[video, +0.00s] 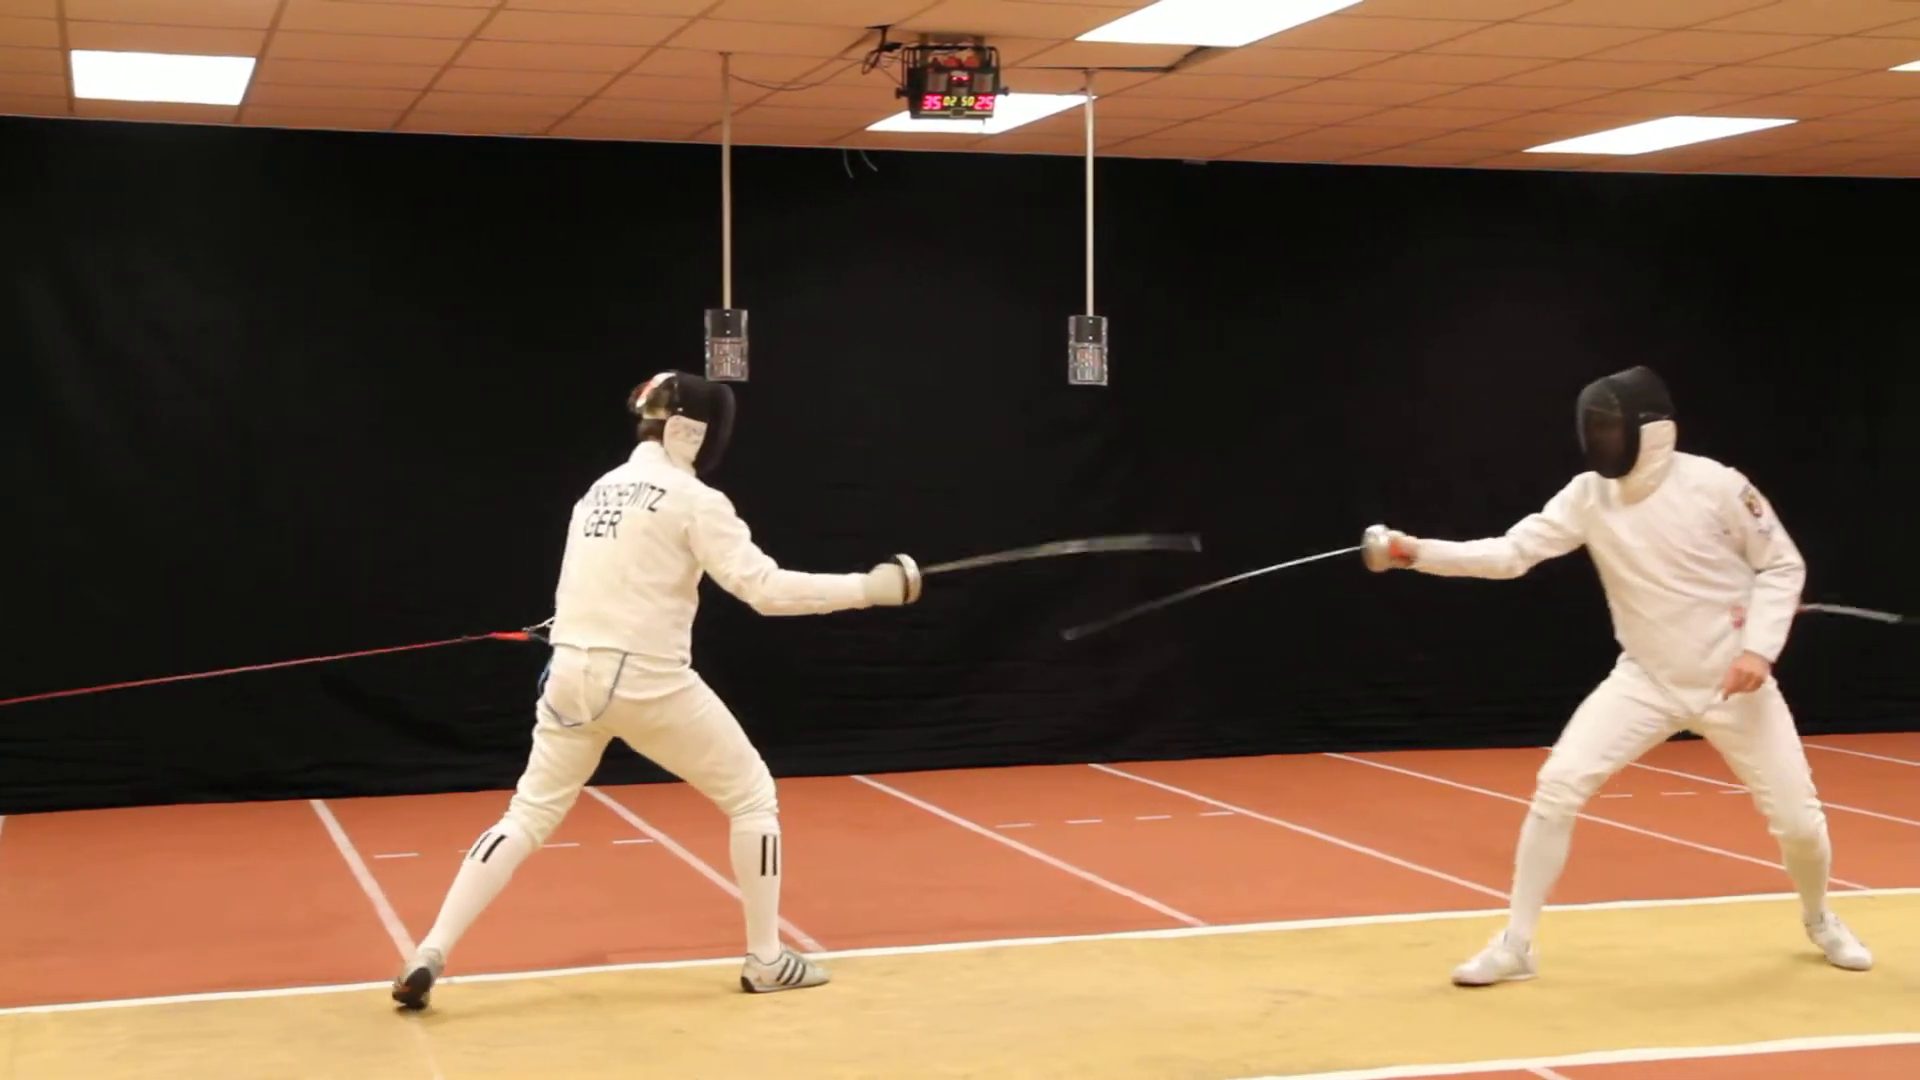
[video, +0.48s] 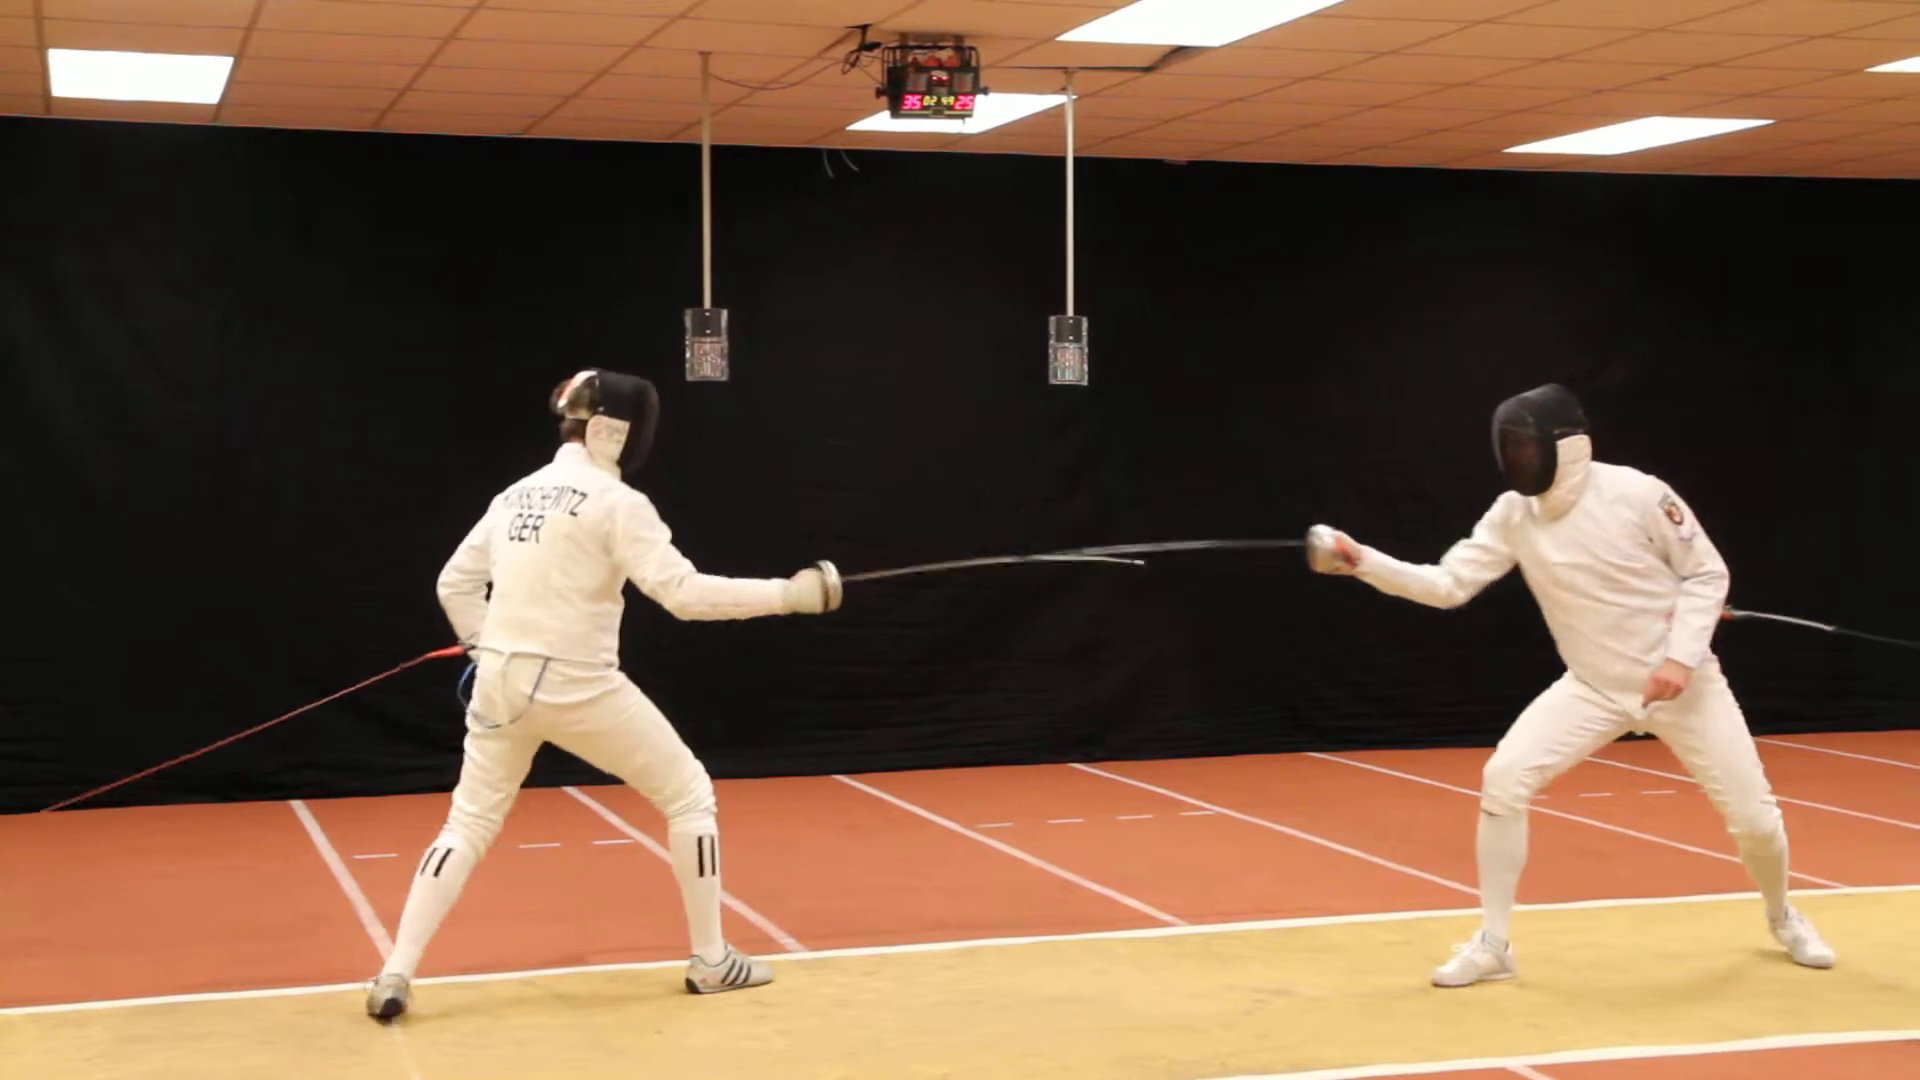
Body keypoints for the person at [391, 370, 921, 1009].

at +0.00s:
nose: (715, 440)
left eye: (710, 426)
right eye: (711, 428)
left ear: (650, 428)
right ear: (695, 435)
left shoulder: (601, 491)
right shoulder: (695, 502)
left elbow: (595, 587)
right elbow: (766, 589)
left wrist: (566, 626)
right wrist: (872, 585)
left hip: (569, 678)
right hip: (652, 682)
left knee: (526, 816)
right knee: (752, 796)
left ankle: (429, 954)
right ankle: (765, 959)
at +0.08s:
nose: (697, 438)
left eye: (694, 425)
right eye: (691, 425)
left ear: (631, 425)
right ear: (672, 430)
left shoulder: (582, 492)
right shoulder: (678, 502)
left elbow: (545, 598)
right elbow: (745, 592)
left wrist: (573, 645)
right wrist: (849, 576)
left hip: (558, 680)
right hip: (641, 683)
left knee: (518, 825)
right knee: (742, 798)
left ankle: (423, 960)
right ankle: (759, 959)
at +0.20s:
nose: (656, 445)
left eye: (656, 432)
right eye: (654, 433)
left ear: (590, 428)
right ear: (637, 434)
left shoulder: (540, 503)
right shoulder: (641, 507)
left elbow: (493, 604)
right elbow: (706, 593)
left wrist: (539, 663)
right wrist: (807, 565)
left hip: (526, 686)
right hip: (610, 689)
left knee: (487, 826)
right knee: (717, 801)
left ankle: (403, 979)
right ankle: (749, 958)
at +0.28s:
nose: (643, 447)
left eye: (642, 435)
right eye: (641, 436)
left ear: (576, 428)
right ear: (626, 436)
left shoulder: (522, 504)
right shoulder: (622, 508)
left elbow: (471, 599)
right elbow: (689, 591)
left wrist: (509, 664)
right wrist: (791, 561)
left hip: (507, 691)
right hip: (593, 693)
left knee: (474, 828)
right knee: (699, 803)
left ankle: (399, 982)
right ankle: (746, 958)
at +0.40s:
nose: (634, 441)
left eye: (626, 428)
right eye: (632, 431)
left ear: (569, 423)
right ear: (618, 432)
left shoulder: (512, 498)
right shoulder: (613, 503)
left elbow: (457, 590)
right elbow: (681, 590)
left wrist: (495, 658)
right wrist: (787, 578)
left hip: (493, 687)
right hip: (578, 689)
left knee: (470, 825)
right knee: (686, 793)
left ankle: (398, 983)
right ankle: (725, 955)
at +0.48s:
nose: (639, 443)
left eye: (637, 430)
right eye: (636, 431)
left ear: (572, 425)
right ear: (619, 432)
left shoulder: (513, 497)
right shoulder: (618, 504)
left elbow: (455, 585)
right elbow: (684, 593)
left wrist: (494, 652)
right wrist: (791, 593)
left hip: (497, 685)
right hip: (581, 686)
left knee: (466, 827)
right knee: (689, 796)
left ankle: (394, 975)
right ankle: (711, 958)